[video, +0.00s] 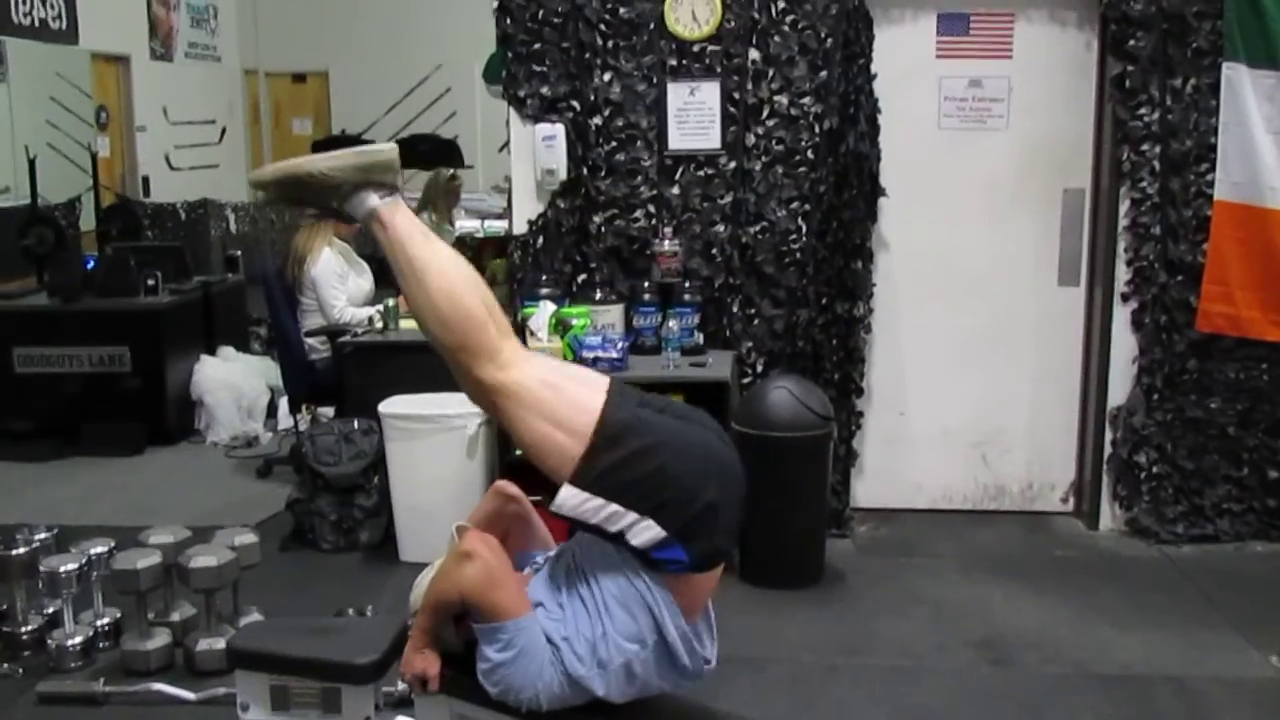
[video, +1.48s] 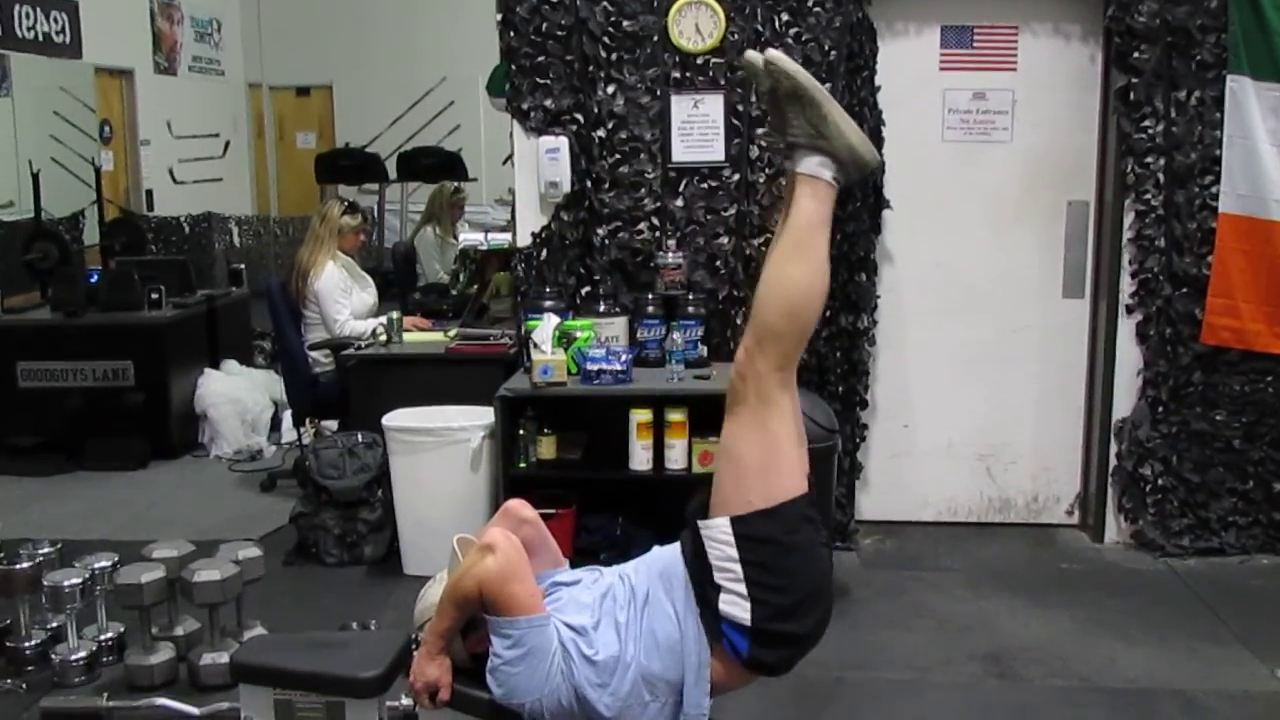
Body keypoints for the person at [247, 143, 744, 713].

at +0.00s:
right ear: (481, 625)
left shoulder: (552, 594)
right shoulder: (526, 669)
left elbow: (506, 494)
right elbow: (474, 555)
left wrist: (441, 599)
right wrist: (423, 636)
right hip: (691, 508)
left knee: (501, 373)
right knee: (497, 373)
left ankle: (387, 211)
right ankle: (378, 202)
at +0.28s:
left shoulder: (543, 605)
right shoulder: (527, 677)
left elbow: (508, 507)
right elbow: (479, 560)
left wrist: (431, 635)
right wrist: (432, 640)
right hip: (686, 517)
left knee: (536, 321)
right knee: (528, 329)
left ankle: (416, 147)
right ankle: (413, 146)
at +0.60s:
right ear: (476, 639)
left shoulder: (555, 606)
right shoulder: (529, 683)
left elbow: (514, 517)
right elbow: (488, 565)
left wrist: (440, 635)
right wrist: (435, 644)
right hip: (706, 556)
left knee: (600, 334)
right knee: (593, 338)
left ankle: (540, 146)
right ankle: (520, 142)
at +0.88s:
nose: (478, 560)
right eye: (473, 581)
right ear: (475, 641)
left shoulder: (557, 608)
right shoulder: (526, 680)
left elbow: (517, 521)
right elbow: (492, 559)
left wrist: (452, 614)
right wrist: (436, 645)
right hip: (720, 578)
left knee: (673, 346)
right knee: (664, 350)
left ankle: (647, 139)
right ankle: (641, 131)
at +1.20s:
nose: (479, 559)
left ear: (479, 629)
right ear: (479, 635)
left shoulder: (563, 607)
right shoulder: (530, 675)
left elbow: (518, 518)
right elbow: (492, 556)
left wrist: (456, 607)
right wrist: (436, 646)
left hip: (748, 580)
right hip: (742, 595)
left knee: (735, 369)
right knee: (727, 370)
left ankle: (763, 155)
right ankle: (762, 154)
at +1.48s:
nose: (479, 549)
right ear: (479, 632)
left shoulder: (559, 612)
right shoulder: (530, 669)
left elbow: (518, 514)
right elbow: (494, 551)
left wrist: (451, 604)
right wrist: (437, 639)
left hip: (743, 588)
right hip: (750, 609)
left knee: (764, 372)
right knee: (761, 373)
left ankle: (819, 166)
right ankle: (818, 164)